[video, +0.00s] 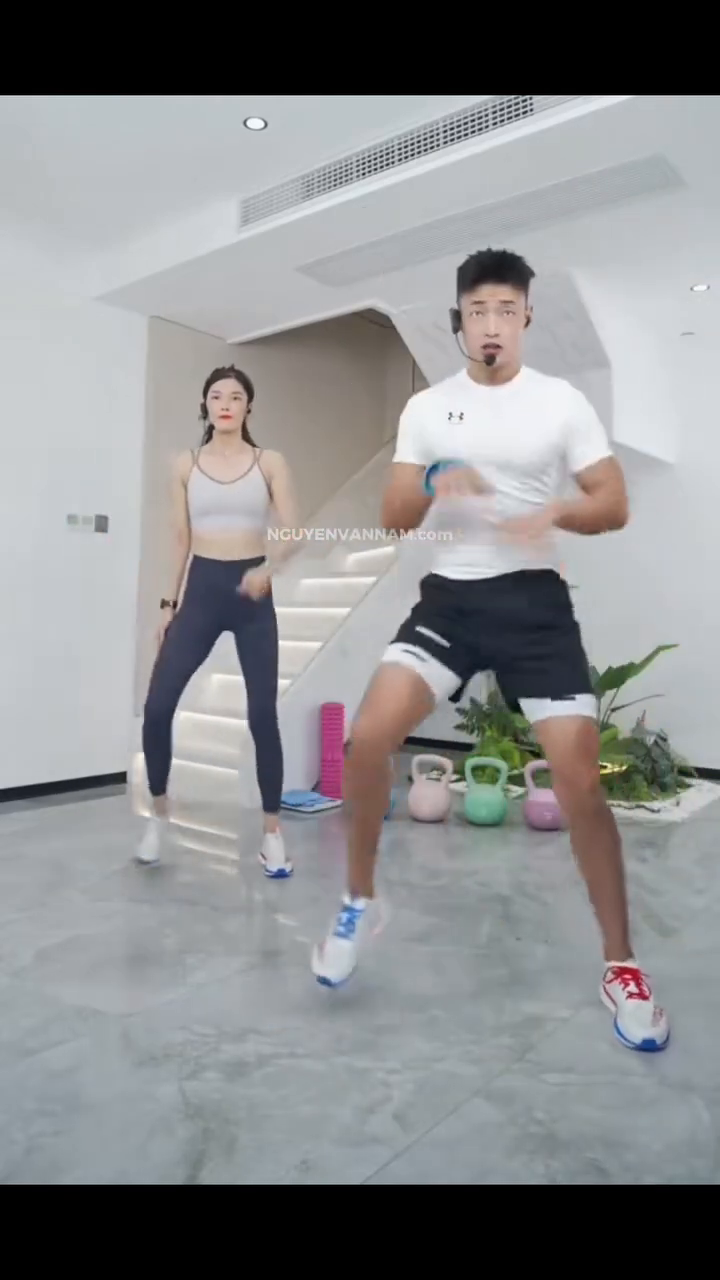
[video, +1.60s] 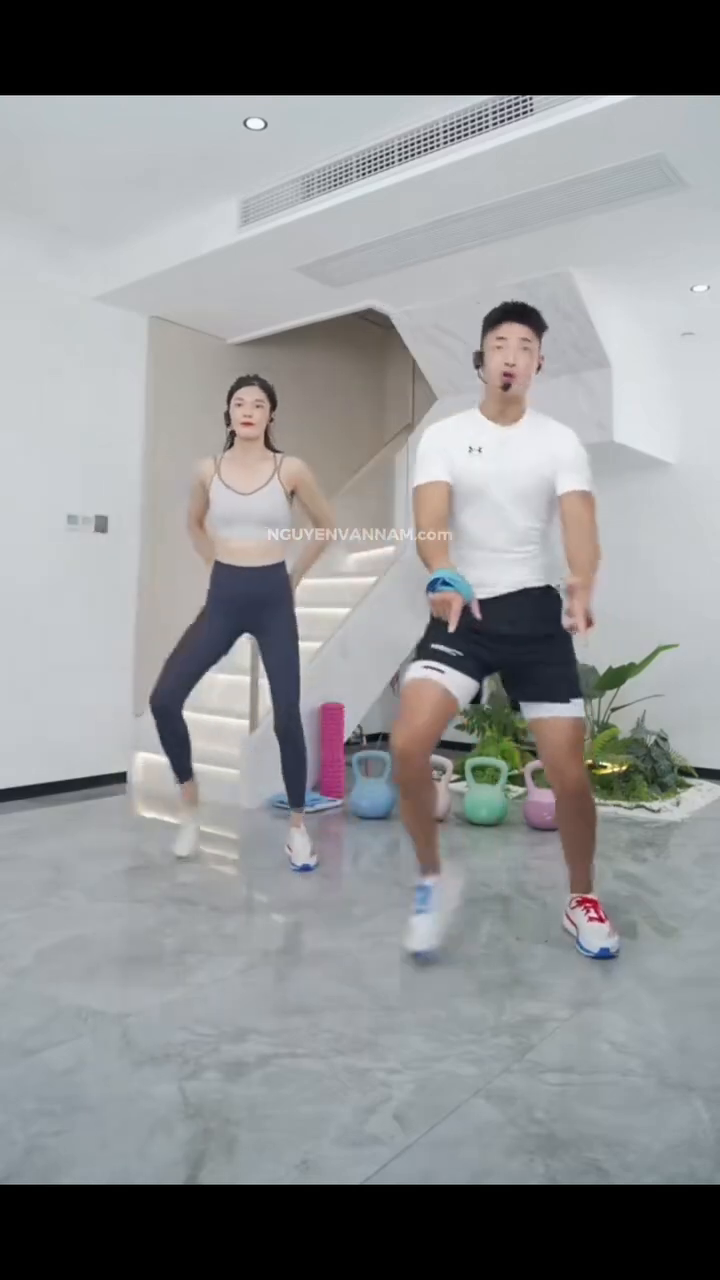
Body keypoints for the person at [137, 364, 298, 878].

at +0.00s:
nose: (226, 404)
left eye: (235, 397)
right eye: (218, 397)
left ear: (249, 407)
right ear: (205, 405)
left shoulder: (269, 462)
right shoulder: (187, 465)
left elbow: (292, 532)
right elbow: (183, 540)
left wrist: (268, 569)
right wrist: (171, 603)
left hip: (254, 593)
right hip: (202, 593)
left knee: (263, 715)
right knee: (157, 709)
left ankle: (272, 829)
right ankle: (158, 814)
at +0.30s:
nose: (193, 414)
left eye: (203, 407)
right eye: (185, 405)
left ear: (215, 416)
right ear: (172, 412)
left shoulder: (228, 475)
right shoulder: (146, 465)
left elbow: (254, 549)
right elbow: (121, 535)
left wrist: (276, 613)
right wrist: (102, 599)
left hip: (195, 603)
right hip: (141, 599)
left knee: (224, 717)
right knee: (121, 720)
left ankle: (255, 819)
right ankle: (108, 836)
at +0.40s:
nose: (184, 411)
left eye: (194, 404)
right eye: (177, 403)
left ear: (206, 413)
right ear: (163, 409)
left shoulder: (219, 474)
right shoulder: (137, 463)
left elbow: (239, 548)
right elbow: (106, 532)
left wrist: (260, 614)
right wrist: (83, 595)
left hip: (188, 597)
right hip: (134, 592)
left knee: (190, 711)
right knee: (117, 715)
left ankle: (207, 803)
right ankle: (107, 834)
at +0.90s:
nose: (202, 404)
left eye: (210, 397)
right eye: (193, 396)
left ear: (223, 407)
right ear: (179, 405)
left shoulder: (238, 464)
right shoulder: (157, 459)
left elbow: (252, 535)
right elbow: (141, 534)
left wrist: (262, 590)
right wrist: (138, 598)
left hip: (222, 593)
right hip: (165, 591)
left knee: (252, 710)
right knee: (140, 717)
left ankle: (287, 814)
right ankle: (112, 834)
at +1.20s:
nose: (245, 408)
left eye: (254, 401)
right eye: (237, 401)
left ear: (266, 411)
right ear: (224, 410)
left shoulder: (287, 465)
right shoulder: (206, 468)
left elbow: (315, 534)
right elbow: (195, 537)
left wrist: (317, 607)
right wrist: (198, 598)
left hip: (280, 596)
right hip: (228, 597)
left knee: (286, 712)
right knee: (190, 709)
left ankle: (296, 821)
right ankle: (185, 798)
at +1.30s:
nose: (249, 401)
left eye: (258, 394)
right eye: (241, 393)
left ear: (272, 404)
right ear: (229, 403)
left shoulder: (292, 458)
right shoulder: (210, 460)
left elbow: (322, 525)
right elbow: (205, 524)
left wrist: (318, 601)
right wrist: (220, 565)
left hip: (279, 585)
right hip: (228, 586)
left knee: (285, 708)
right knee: (227, 712)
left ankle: (297, 819)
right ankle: (244, 804)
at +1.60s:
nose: (249, 412)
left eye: (258, 405)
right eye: (241, 404)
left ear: (271, 416)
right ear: (228, 414)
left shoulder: (290, 470)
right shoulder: (209, 470)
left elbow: (327, 528)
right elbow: (195, 526)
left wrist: (293, 578)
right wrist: (221, 567)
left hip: (274, 599)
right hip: (224, 598)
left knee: (287, 715)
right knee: (164, 701)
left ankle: (297, 824)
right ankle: (190, 804)